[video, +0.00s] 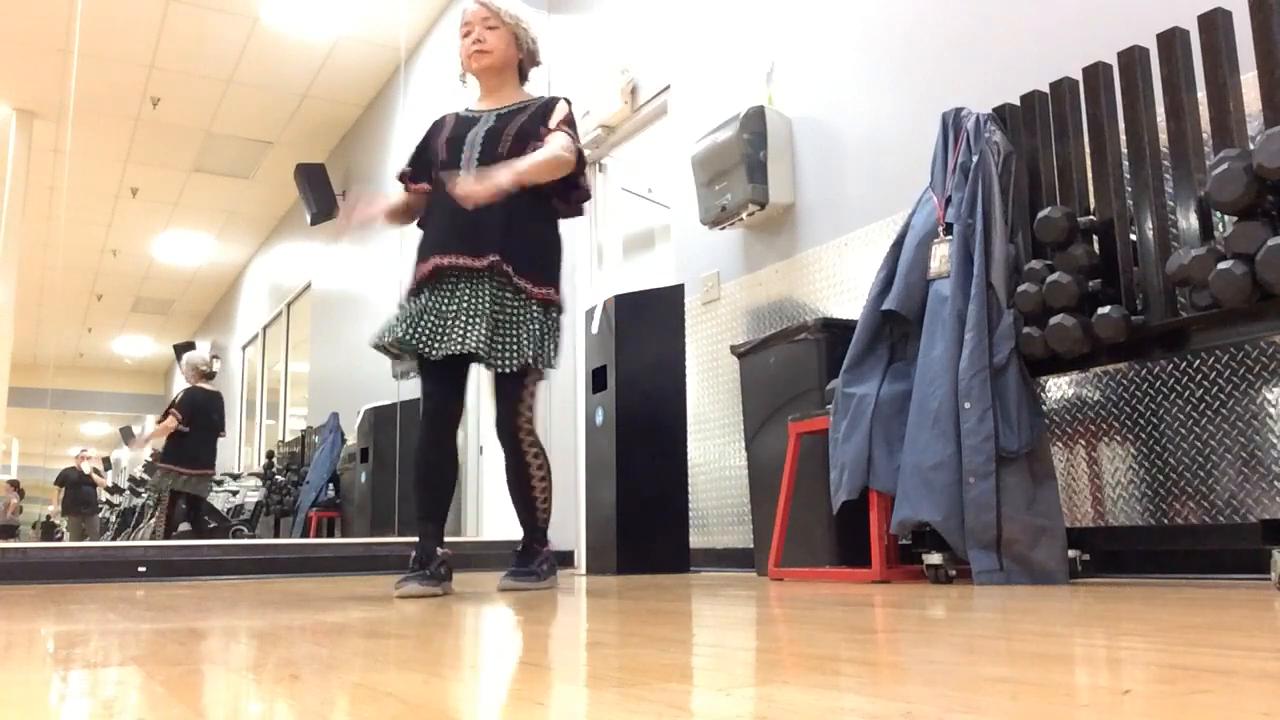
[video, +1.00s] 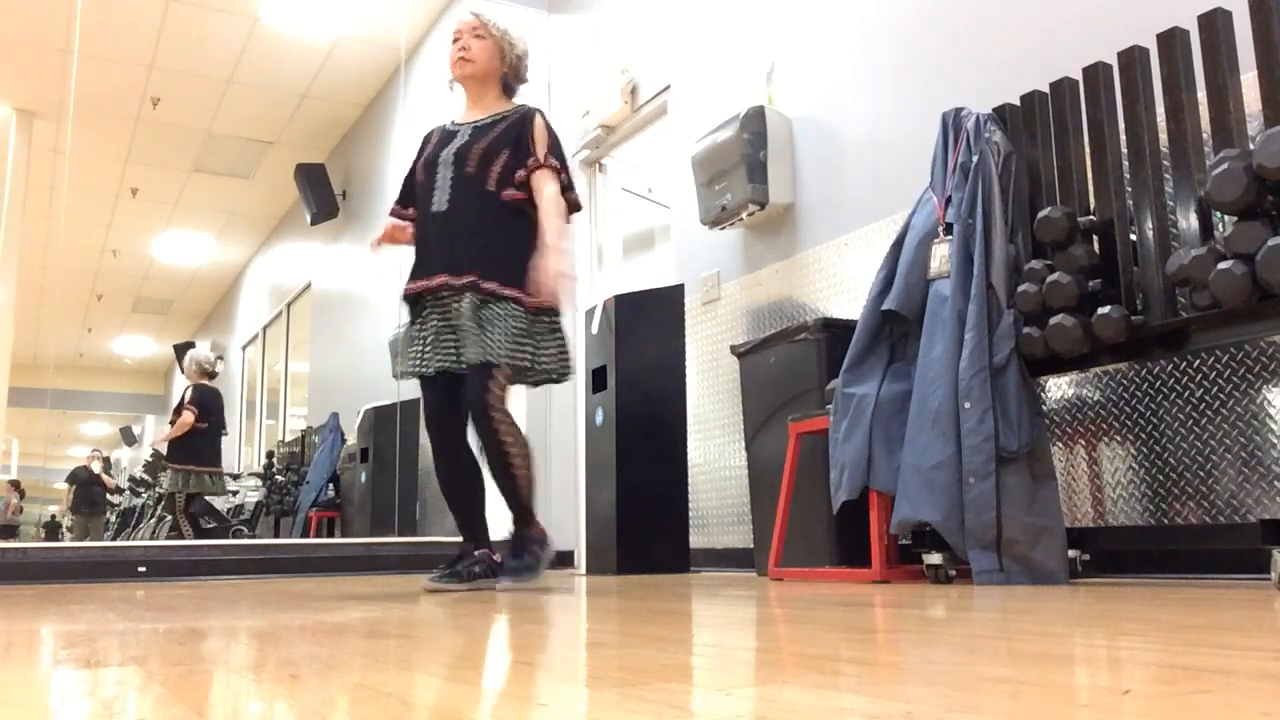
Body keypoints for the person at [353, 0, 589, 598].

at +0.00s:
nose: (474, 37)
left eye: (488, 27)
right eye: (466, 32)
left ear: (521, 45)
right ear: (461, 55)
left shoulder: (549, 109)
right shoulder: (444, 128)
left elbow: (562, 157)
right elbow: (412, 203)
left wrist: (500, 176)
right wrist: (373, 208)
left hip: (518, 282)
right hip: (445, 280)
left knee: (514, 423)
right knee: (437, 421)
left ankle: (535, 551)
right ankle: (427, 556)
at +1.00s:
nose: (460, 46)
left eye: (474, 37)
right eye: (455, 41)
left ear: (505, 57)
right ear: (451, 64)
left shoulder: (526, 121)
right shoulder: (436, 139)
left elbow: (549, 194)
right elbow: (426, 221)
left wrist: (551, 253)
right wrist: (401, 230)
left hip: (500, 287)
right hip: (435, 292)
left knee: (485, 403)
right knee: (442, 425)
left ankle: (529, 535)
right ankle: (476, 549)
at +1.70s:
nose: (447, 30)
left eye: (464, 25)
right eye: (442, 25)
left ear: (490, 51)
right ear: (433, 51)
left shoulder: (509, 113)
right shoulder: (413, 128)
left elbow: (545, 186)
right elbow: (384, 204)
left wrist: (483, 209)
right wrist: (379, 231)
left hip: (487, 286)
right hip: (425, 287)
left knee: (458, 405)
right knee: (430, 418)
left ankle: (439, 547)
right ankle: (476, 547)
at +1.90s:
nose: (453, 29)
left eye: (469, 23)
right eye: (446, 25)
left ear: (497, 47)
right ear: (439, 53)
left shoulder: (517, 106)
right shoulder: (422, 127)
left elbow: (547, 180)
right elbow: (399, 202)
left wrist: (454, 187)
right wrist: (382, 209)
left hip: (498, 279)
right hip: (437, 284)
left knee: (482, 404)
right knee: (449, 417)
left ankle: (504, 548)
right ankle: (475, 550)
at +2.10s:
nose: (459, 36)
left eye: (473, 29)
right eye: (453, 34)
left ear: (505, 50)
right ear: (452, 61)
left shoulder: (527, 107)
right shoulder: (438, 133)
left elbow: (561, 184)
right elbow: (422, 219)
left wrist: (511, 244)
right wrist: (406, 209)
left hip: (515, 282)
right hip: (448, 286)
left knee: (534, 418)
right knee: (459, 425)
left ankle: (575, 546)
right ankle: (481, 551)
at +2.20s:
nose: (464, 38)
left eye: (478, 29)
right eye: (458, 35)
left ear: (510, 49)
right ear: (457, 61)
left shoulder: (537, 107)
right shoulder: (445, 132)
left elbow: (575, 182)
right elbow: (437, 223)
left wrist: (561, 246)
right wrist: (416, 210)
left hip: (523, 279)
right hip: (455, 284)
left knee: (543, 417)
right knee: (462, 423)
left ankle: (574, 548)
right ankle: (482, 552)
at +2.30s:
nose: (469, 37)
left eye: (483, 29)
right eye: (462, 35)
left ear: (514, 48)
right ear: (460, 62)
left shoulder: (545, 107)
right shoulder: (450, 133)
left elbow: (590, 170)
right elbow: (439, 217)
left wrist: (615, 223)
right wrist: (422, 210)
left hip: (534, 280)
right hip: (465, 282)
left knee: (546, 414)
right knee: (466, 421)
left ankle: (576, 549)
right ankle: (483, 551)